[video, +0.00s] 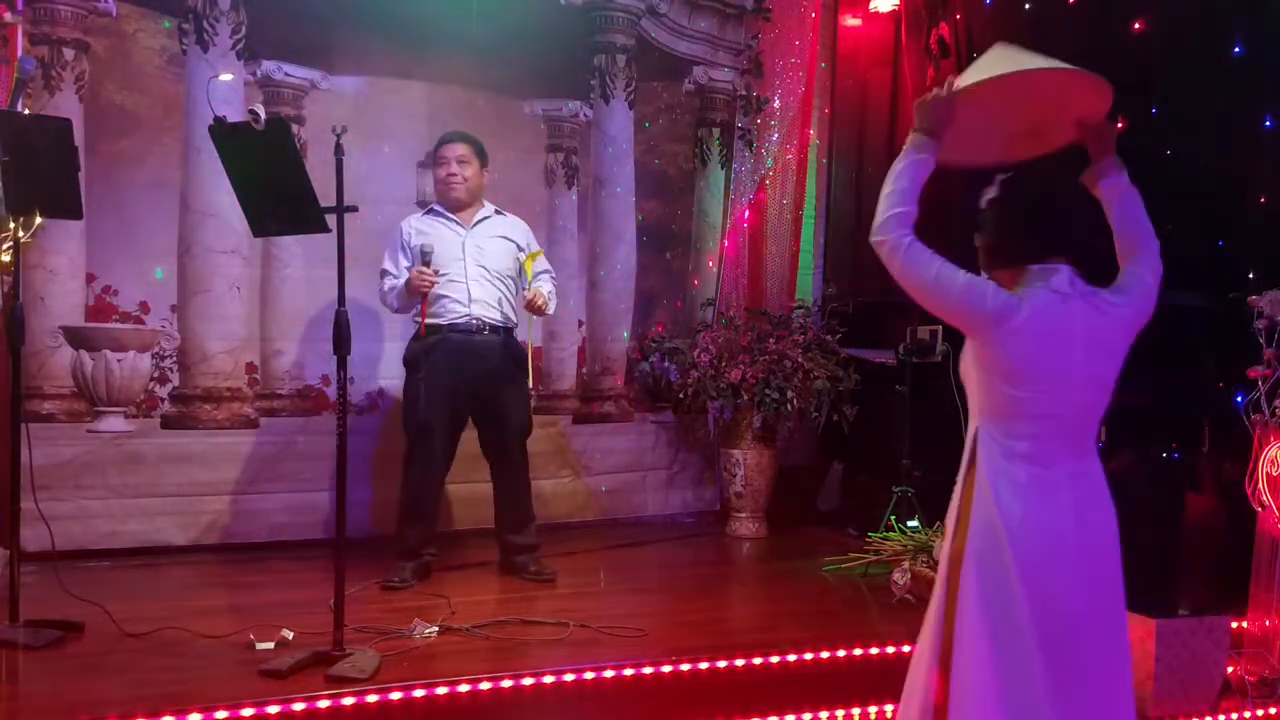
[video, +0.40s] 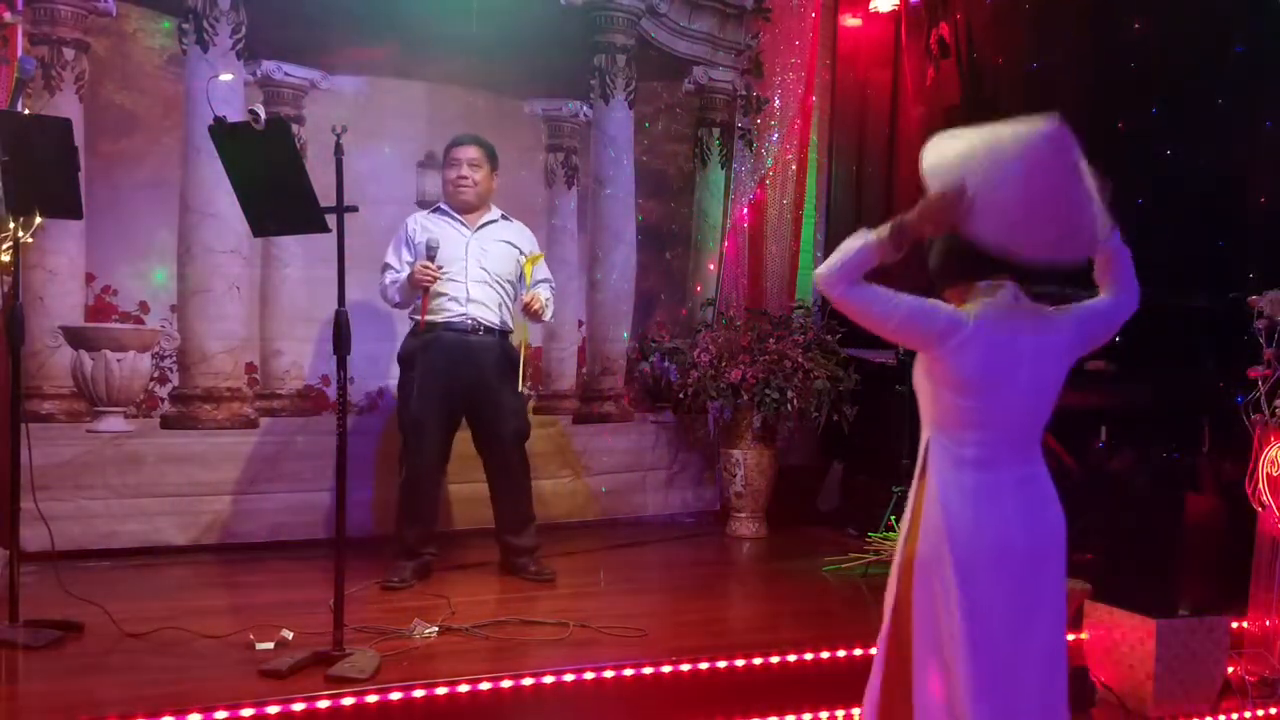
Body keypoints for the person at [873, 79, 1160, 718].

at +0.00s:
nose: (980, 239)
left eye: (987, 225)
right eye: (983, 223)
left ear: (1011, 238)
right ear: (1073, 235)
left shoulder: (993, 311)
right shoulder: (1115, 313)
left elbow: (892, 236)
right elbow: (1143, 256)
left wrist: (921, 141)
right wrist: (1109, 169)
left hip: (1003, 503)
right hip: (1084, 498)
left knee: (997, 659)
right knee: (1082, 660)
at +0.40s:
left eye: (938, 264)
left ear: (951, 270)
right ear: (1014, 261)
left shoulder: (945, 329)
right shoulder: (1059, 330)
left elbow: (833, 279)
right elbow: (1122, 296)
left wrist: (903, 228)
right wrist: (1103, 220)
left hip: (953, 506)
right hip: (1031, 502)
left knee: (952, 646)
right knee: (1028, 648)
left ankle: (950, 717)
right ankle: (1026, 719)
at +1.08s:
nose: (890, 236)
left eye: (898, 226)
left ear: (913, 243)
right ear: (973, 245)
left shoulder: (890, 310)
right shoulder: (1008, 317)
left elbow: (781, 292)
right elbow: (985, 285)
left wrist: (845, 239)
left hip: (900, 487)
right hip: (978, 483)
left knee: (892, 643)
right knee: (976, 641)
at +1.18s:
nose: (877, 237)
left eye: (884, 229)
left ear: (902, 244)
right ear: (964, 246)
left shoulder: (887, 309)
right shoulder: (1005, 317)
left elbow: (777, 299)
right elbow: (983, 290)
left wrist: (840, 248)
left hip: (897, 487)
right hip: (975, 483)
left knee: (888, 637)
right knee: (973, 634)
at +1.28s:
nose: (873, 239)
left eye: (881, 233)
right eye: (876, 231)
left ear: (897, 245)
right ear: (957, 249)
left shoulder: (883, 311)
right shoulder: (1000, 317)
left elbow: (773, 303)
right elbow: (990, 295)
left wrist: (839, 253)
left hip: (895, 482)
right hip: (972, 479)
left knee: (887, 632)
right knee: (971, 632)